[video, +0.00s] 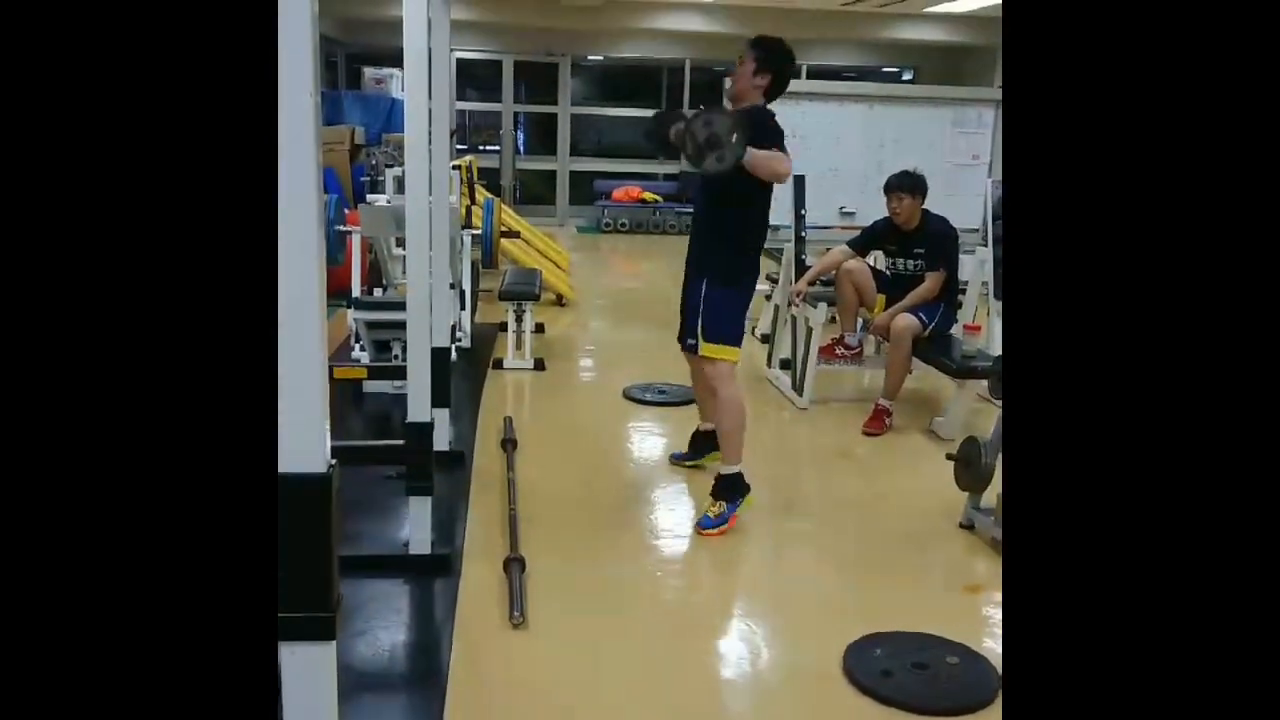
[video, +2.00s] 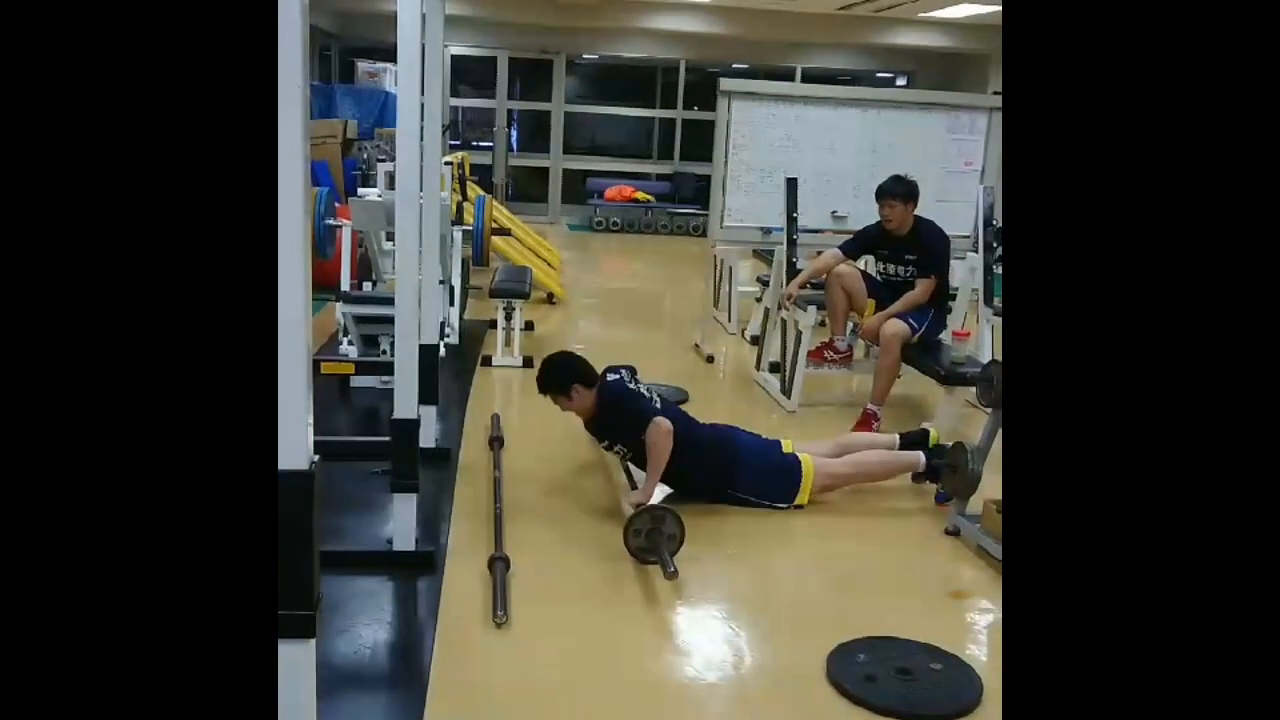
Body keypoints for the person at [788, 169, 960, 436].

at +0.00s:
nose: (893, 205)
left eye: (901, 199)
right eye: (890, 199)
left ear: (920, 201)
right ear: (886, 200)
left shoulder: (941, 231)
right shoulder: (884, 228)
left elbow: (932, 287)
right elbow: (843, 254)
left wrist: (889, 315)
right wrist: (805, 280)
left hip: (935, 304)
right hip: (895, 295)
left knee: (901, 325)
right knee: (849, 269)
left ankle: (883, 407)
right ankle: (849, 344)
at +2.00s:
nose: (884, 213)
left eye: (891, 207)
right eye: (881, 206)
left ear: (911, 208)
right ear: (877, 205)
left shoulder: (932, 238)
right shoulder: (875, 233)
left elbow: (922, 293)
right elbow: (833, 258)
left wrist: (880, 318)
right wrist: (796, 282)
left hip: (925, 308)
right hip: (888, 297)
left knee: (891, 331)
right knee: (839, 273)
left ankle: (872, 412)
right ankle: (839, 347)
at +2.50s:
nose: (883, 218)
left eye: (890, 212)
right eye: (880, 211)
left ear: (909, 213)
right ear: (876, 212)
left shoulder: (930, 243)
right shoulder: (873, 238)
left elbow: (921, 299)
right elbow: (832, 263)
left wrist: (877, 325)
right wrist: (795, 289)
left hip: (925, 314)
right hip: (885, 305)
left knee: (889, 336)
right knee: (837, 279)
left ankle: (870, 418)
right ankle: (837, 354)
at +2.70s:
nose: (882, 222)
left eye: (889, 216)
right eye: (879, 215)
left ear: (909, 216)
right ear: (876, 215)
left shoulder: (929, 247)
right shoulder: (873, 242)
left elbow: (920, 302)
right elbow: (831, 266)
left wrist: (877, 327)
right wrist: (794, 292)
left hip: (923, 317)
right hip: (884, 308)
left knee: (889, 339)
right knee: (837, 282)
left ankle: (870, 421)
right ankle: (837, 356)